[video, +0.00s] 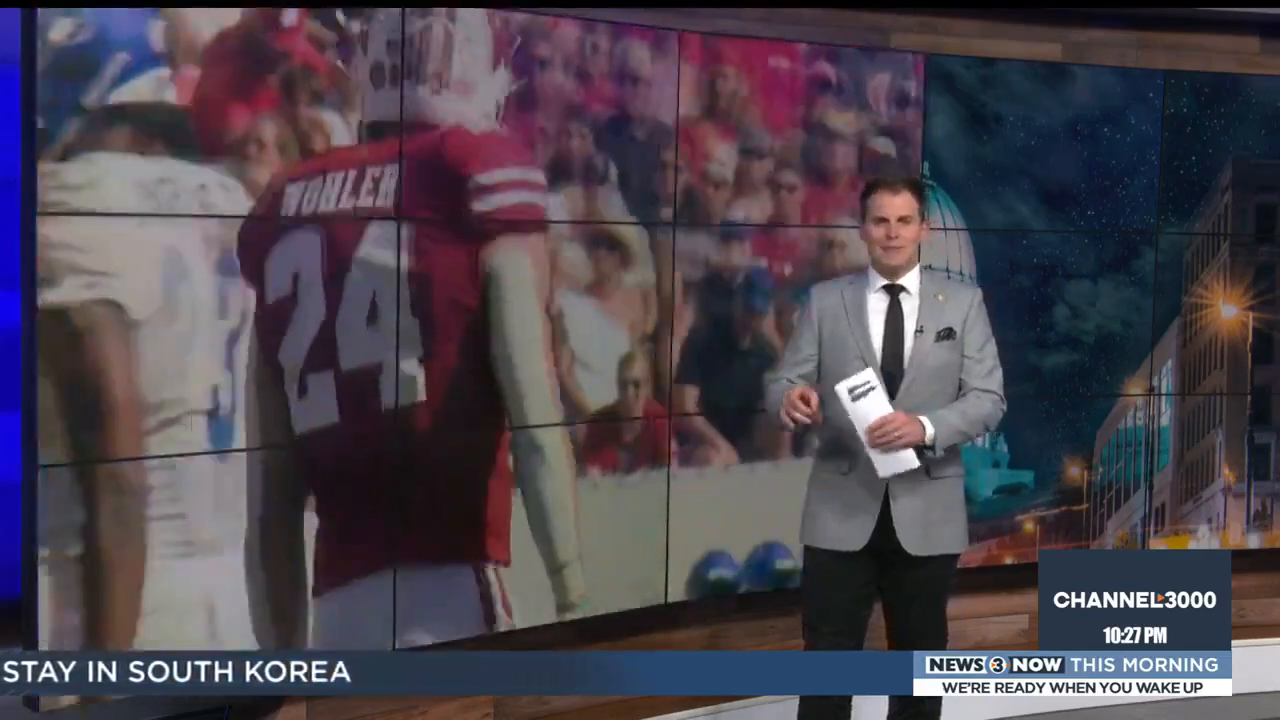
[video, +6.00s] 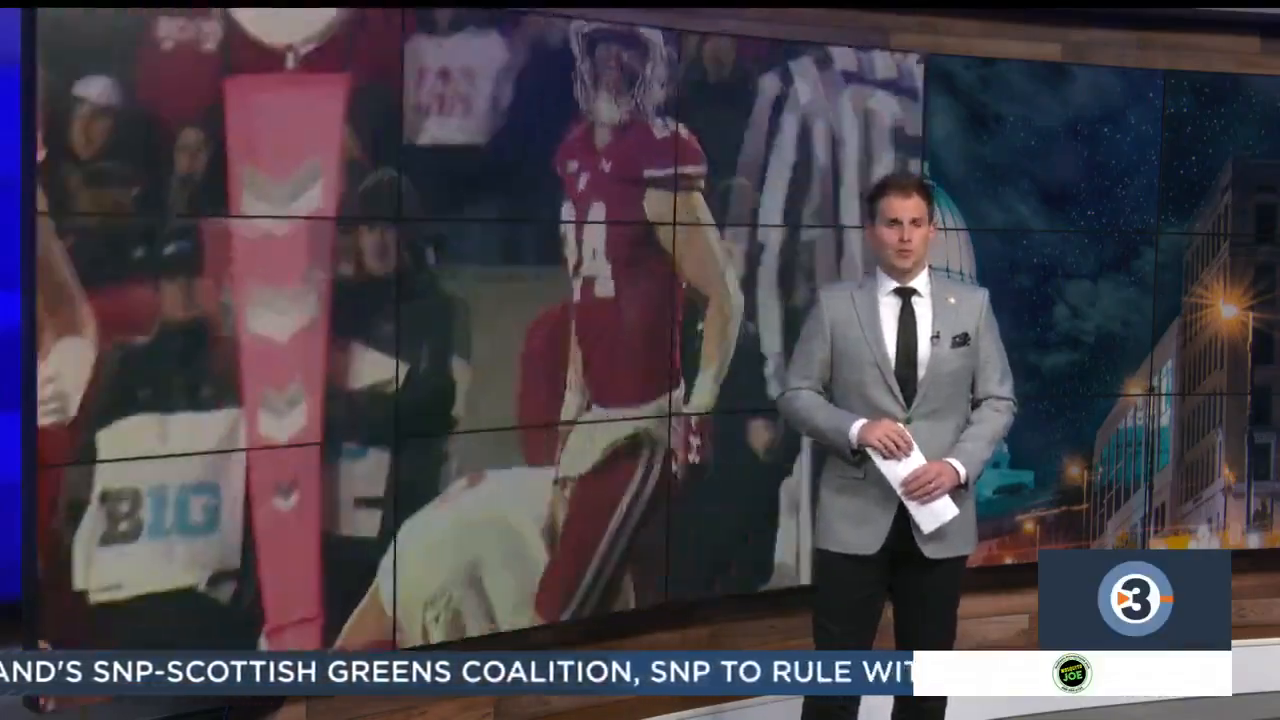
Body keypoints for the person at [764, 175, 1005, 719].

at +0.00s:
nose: (891, 232)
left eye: (904, 221)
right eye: (879, 221)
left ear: (923, 228)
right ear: (863, 229)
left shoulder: (962, 300)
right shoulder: (825, 300)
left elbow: (988, 399)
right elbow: (782, 379)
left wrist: (926, 426)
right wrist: (790, 398)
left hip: (926, 509)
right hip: (840, 508)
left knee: (921, 668)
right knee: (827, 667)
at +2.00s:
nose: (883, 236)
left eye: (896, 223)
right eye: (871, 224)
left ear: (916, 229)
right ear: (855, 230)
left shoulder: (959, 302)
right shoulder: (821, 302)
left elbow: (983, 399)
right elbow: (786, 392)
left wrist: (937, 444)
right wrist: (800, 415)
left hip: (928, 515)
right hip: (842, 515)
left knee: (922, 673)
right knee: (828, 673)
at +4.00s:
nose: (906, 233)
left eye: (919, 221)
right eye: (895, 220)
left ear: (937, 230)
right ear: (877, 228)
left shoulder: (972, 305)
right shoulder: (839, 301)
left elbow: (995, 402)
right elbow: (799, 378)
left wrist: (963, 457)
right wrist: (789, 398)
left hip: (938, 514)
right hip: (852, 512)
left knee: (928, 673)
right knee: (836, 671)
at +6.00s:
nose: (905, 236)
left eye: (916, 223)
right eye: (892, 223)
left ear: (932, 230)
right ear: (871, 231)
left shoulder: (971, 304)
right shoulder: (833, 304)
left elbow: (997, 402)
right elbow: (796, 394)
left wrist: (957, 465)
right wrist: (857, 429)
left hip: (939, 518)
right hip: (853, 515)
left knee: (929, 675)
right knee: (836, 673)